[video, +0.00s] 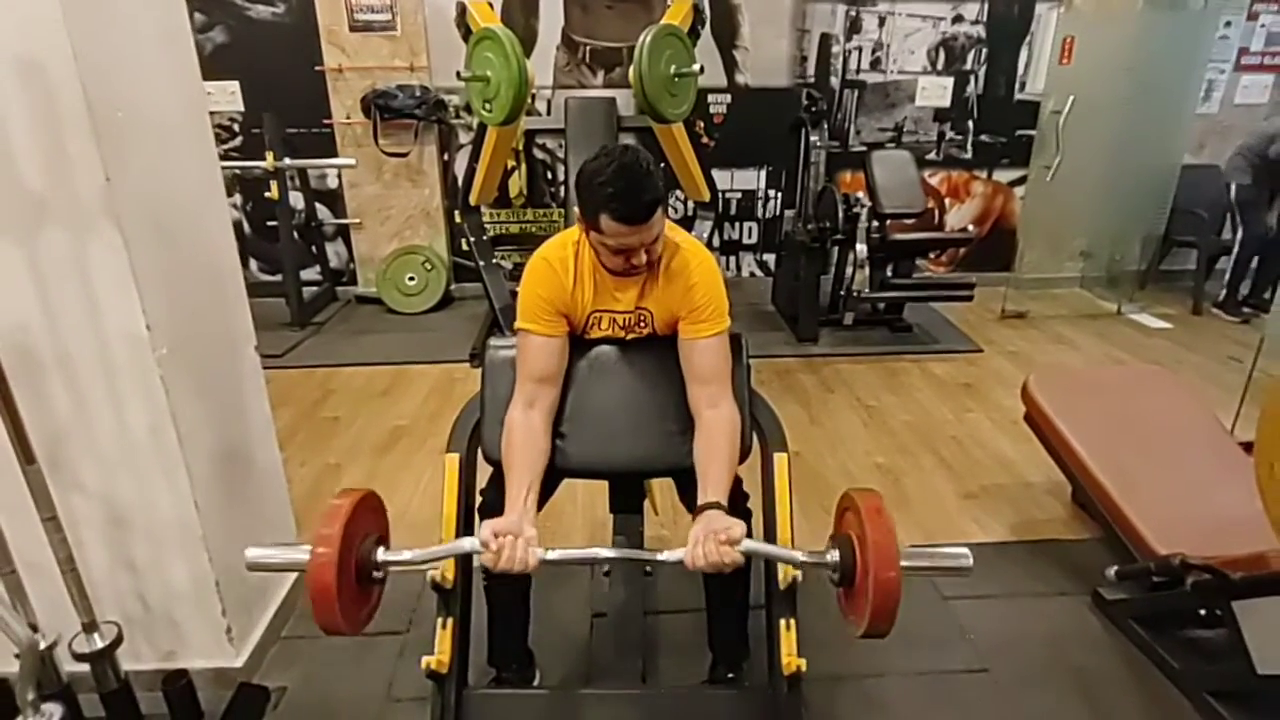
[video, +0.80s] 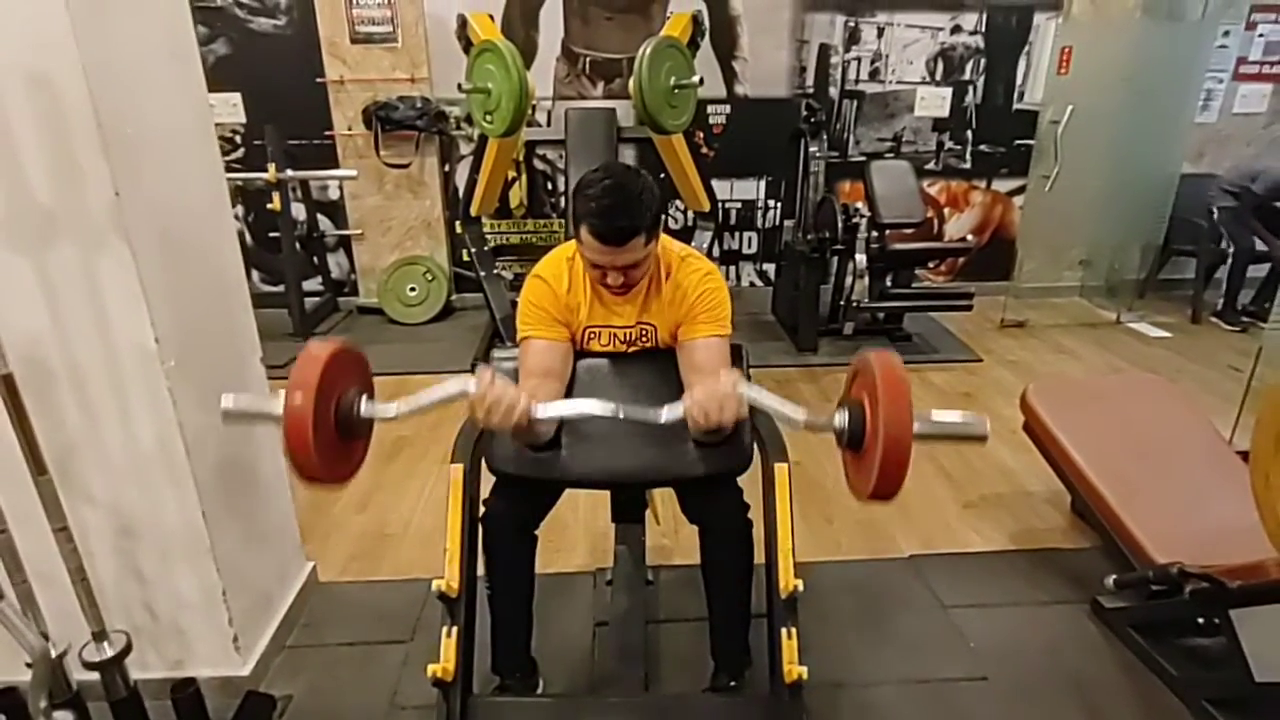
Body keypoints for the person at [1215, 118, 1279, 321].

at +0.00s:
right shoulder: (1276, 125)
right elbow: (1273, 152)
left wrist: (1273, 210)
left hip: (1262, 178)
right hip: (1243, 172)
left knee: (1271, 240)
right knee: (1250, 234)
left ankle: (1255, 297)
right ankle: (1228, 298)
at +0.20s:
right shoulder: (1277, 133)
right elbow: (1265, 169)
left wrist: (1273, 217)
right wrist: (1267, 216)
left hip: (1259, 180)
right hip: (1239, 174)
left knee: (1271, 241)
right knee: (1247, 235)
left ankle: (1255, 298)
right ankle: (1228, 299)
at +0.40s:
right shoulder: (1277, 147)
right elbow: (1254, 188)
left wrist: (1273, 226)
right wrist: (1267, 228)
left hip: (1264, 185)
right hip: (1238, 178)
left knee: (1276, 244)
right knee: (1246, 237)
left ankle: (1259, 299)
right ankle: (1230, 301)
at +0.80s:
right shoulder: (1273, 176)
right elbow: (1244, 211)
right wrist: (1271, 243)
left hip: (1254, 200)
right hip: (1226, 196)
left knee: (1277, 247)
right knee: (1245, 247)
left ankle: (1259, 305)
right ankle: (1227, 309)